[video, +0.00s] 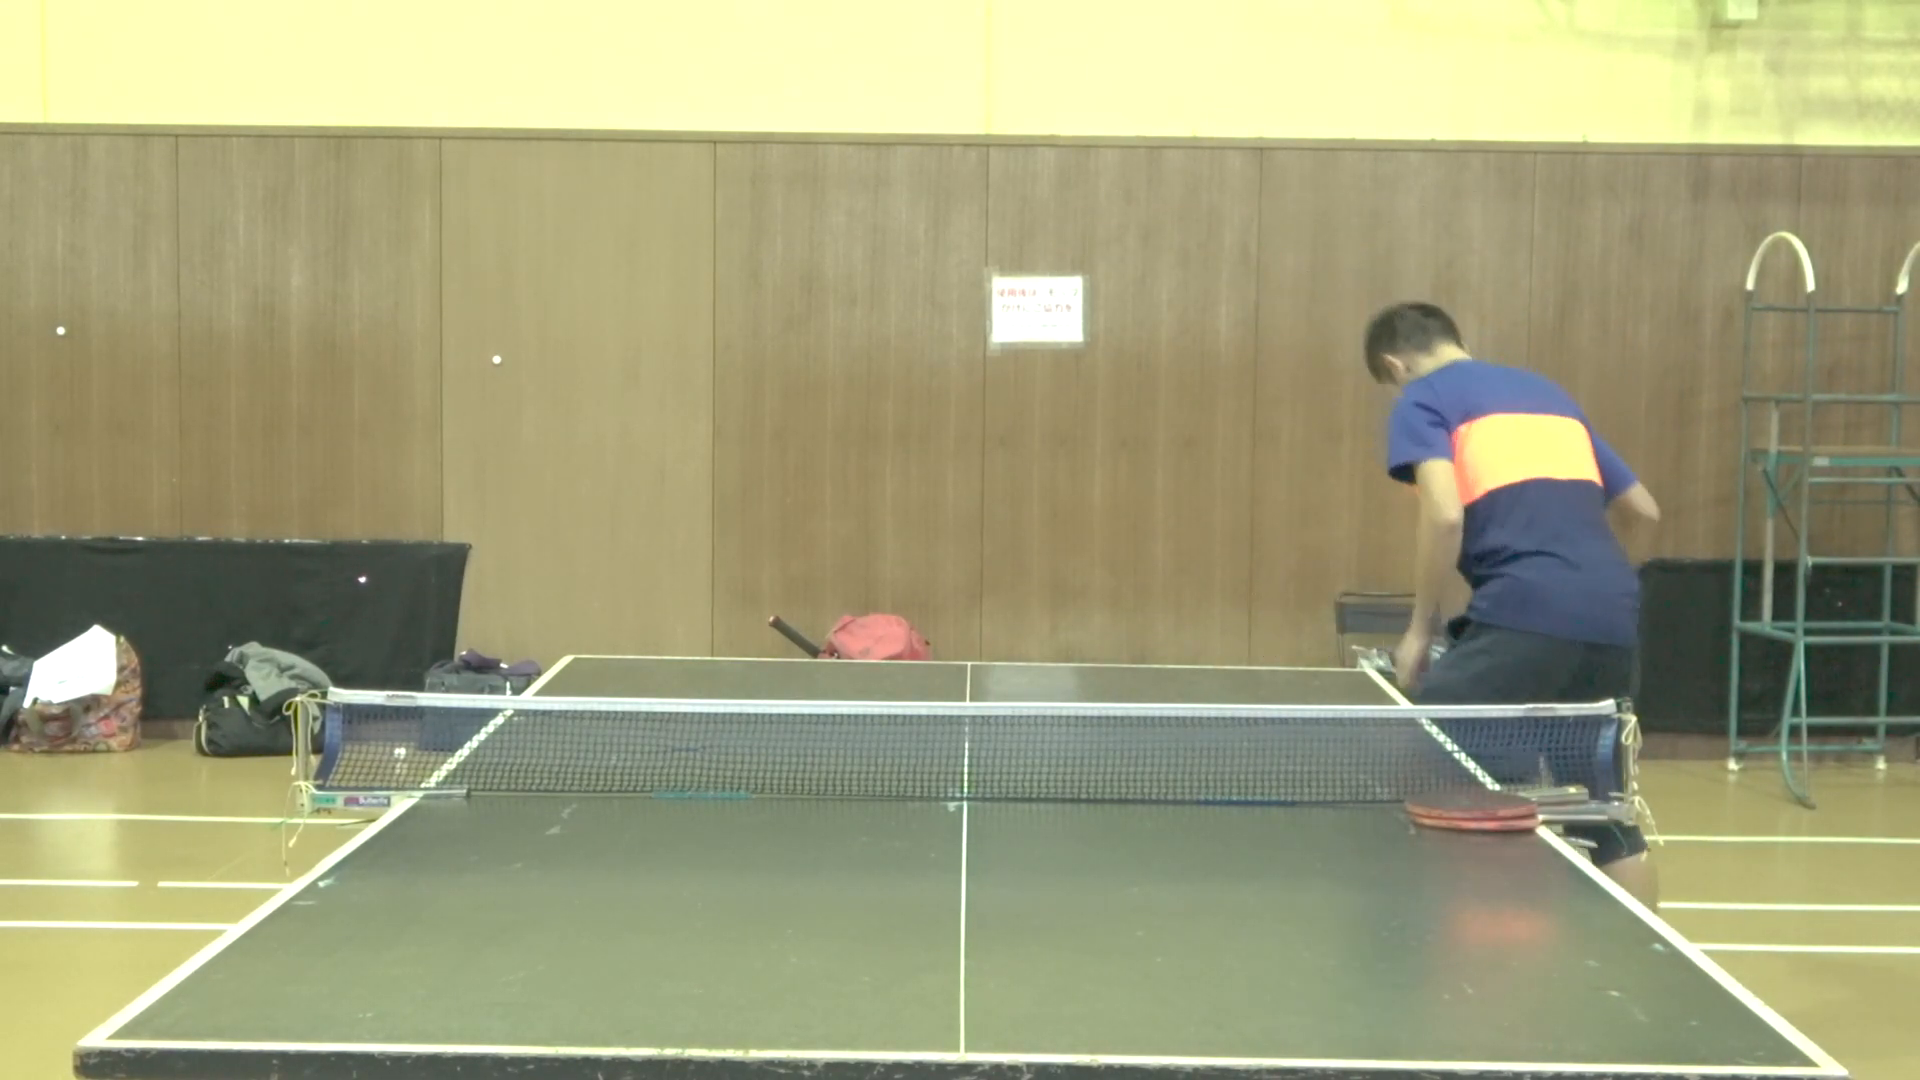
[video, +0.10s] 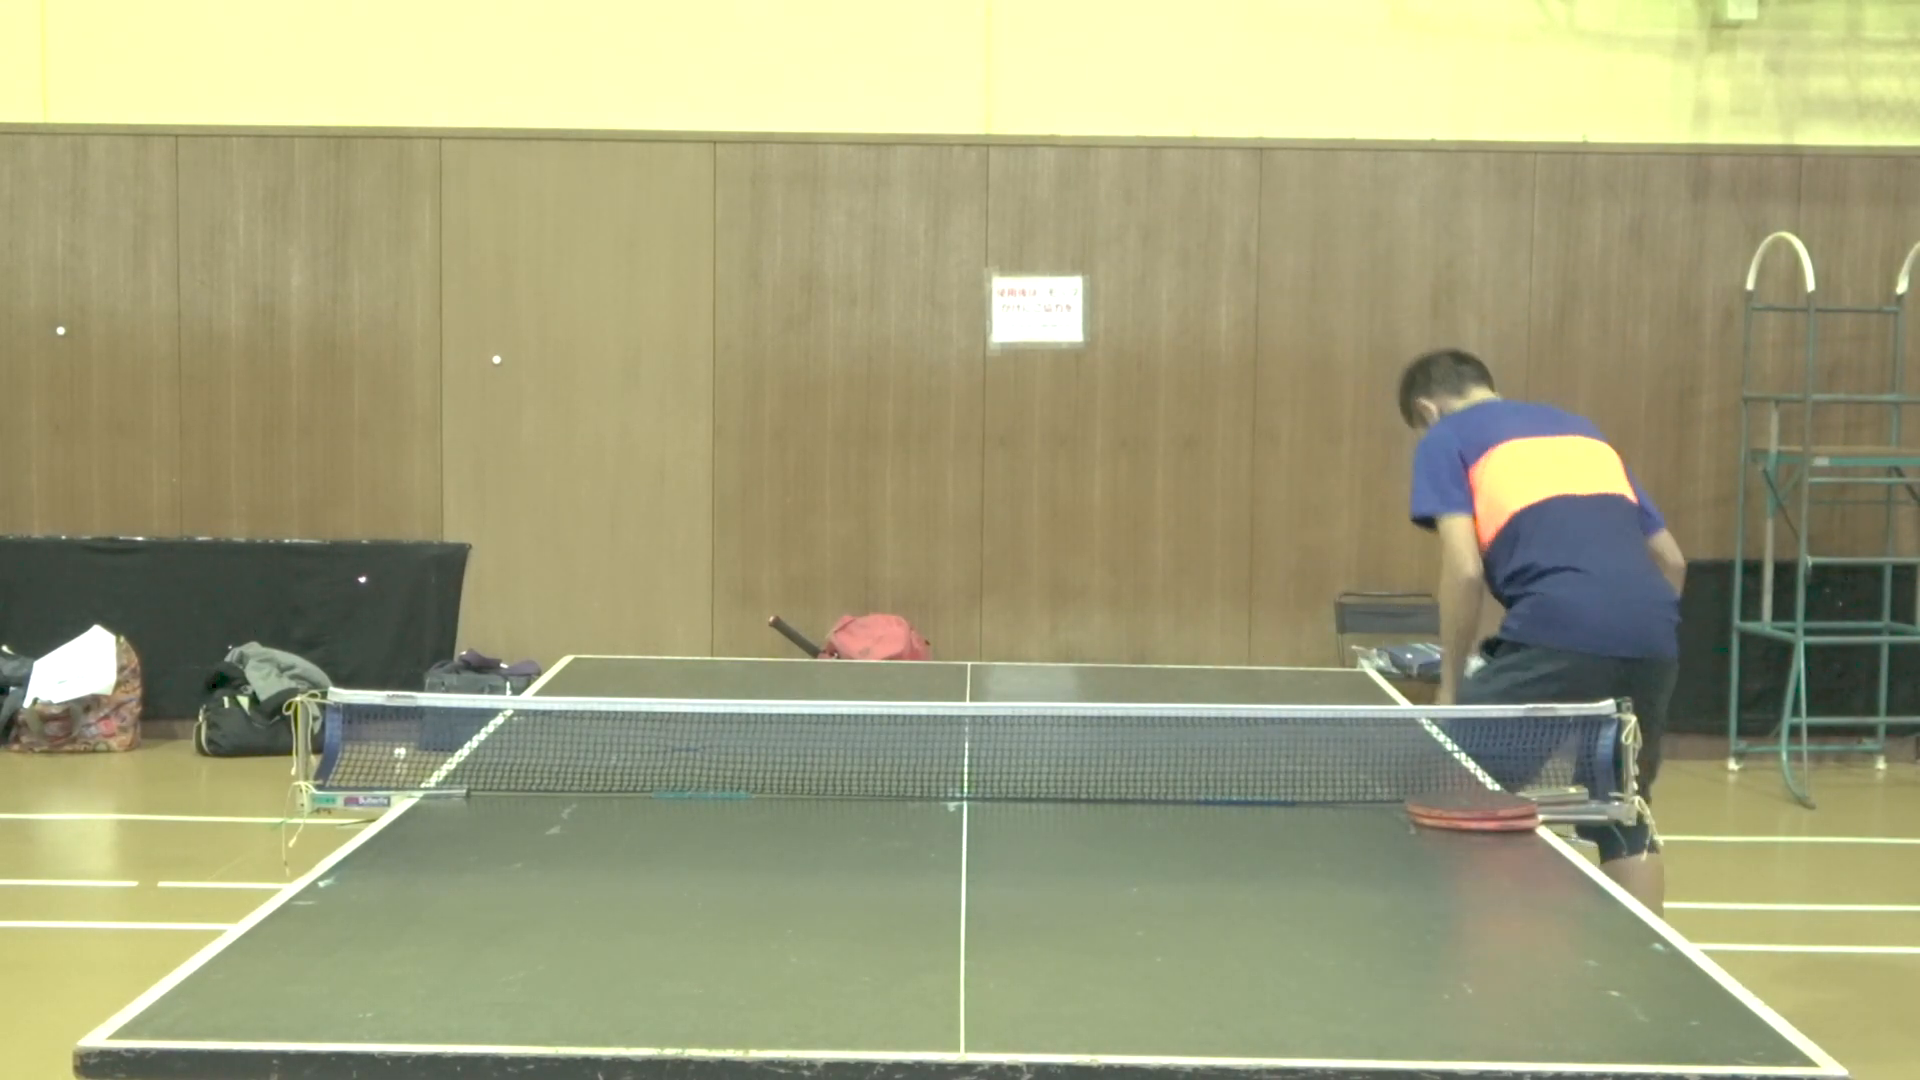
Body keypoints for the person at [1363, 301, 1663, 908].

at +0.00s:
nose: (1397, 394)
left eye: (1389, 382)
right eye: (1391, 384)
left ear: (1398, 363)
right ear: (1456, 343)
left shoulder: (1422, 401)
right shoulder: (1546, 392)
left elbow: (1446, 515)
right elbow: (1641, 510)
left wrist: (1420, 630)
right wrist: (1591, 587)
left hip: (1527, 621)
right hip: (1613, 627)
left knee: (1409, 764)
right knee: (1606, 805)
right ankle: (1640, 978)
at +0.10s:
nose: (1426, 438)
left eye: (1420, 427)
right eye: (1421, 428)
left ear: (1430, 408)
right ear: (1488, 388)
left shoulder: (1445, 439)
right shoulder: (1578, 427)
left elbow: (1465, 570)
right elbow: (1670, 560)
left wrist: (1450, 693)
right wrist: (1639, 642)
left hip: (1561, 629)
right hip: (1653, 636)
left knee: (1444, 783)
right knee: (1624, 804)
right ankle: (1640, 979)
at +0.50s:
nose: (1420, 485)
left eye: (1415, 466)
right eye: (1412, 470)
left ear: (1444, 441)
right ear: (1491, 429)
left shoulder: (1466, 498)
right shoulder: (1581, 455)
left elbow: (1504, 646)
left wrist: (1471, 740)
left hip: (1608, 649)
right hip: (1699, 649)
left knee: (1476, 782)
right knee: (1628, 807)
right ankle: (1642, 977)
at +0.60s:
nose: (1394, 436)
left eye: (1395, 415)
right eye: (1390, 419)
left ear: (1438, 397)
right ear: (1466, 393)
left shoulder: (1460, 465)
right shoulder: (1559, 436)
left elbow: (1483, 612)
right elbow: (1538, 595)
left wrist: (1407, 666)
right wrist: (1493, 688)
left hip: (1593, 649)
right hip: (1680, 647)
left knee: (1463, 789)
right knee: (1616, 807)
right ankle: (1634, 975)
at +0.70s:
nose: (1374, 392)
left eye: (1381, 371)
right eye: (1373, 375)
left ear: (1431, 362)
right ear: (1444, 361)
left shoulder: (1450, 436)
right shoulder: (1535, 417)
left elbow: (1449, 583)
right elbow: (1579, 576)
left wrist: (1338, 602)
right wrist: (1485, 662)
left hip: (1579, 639)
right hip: (1652, 641)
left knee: (1446, 778)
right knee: (1603, 805)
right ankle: (1633, 973)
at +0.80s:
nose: (1354, 366)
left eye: (1364, 347)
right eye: (1353, 350)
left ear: (1416, 343)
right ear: (1418, 344)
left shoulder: (1442, 415)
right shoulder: (1501, 403)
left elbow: (1414, 560)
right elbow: (1514, 571)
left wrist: (1303, 553)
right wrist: (1420, 635)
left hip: (1559, 638)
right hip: (1621, 638)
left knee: (1436, 780)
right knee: (1585, 809)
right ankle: (1640, 964)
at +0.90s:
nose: (1329, 358)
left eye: (1337, 338)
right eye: (1325, 342)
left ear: (1392, 331)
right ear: (1393, 334)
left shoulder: (1423, 406)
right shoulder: (1465, 394)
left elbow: (1388, 554)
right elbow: (1454, 560)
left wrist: (1279, 527)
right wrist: (1351, 604)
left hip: (1540, 635)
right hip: (1595, 635)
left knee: (1412, 772)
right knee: (1583, 813)